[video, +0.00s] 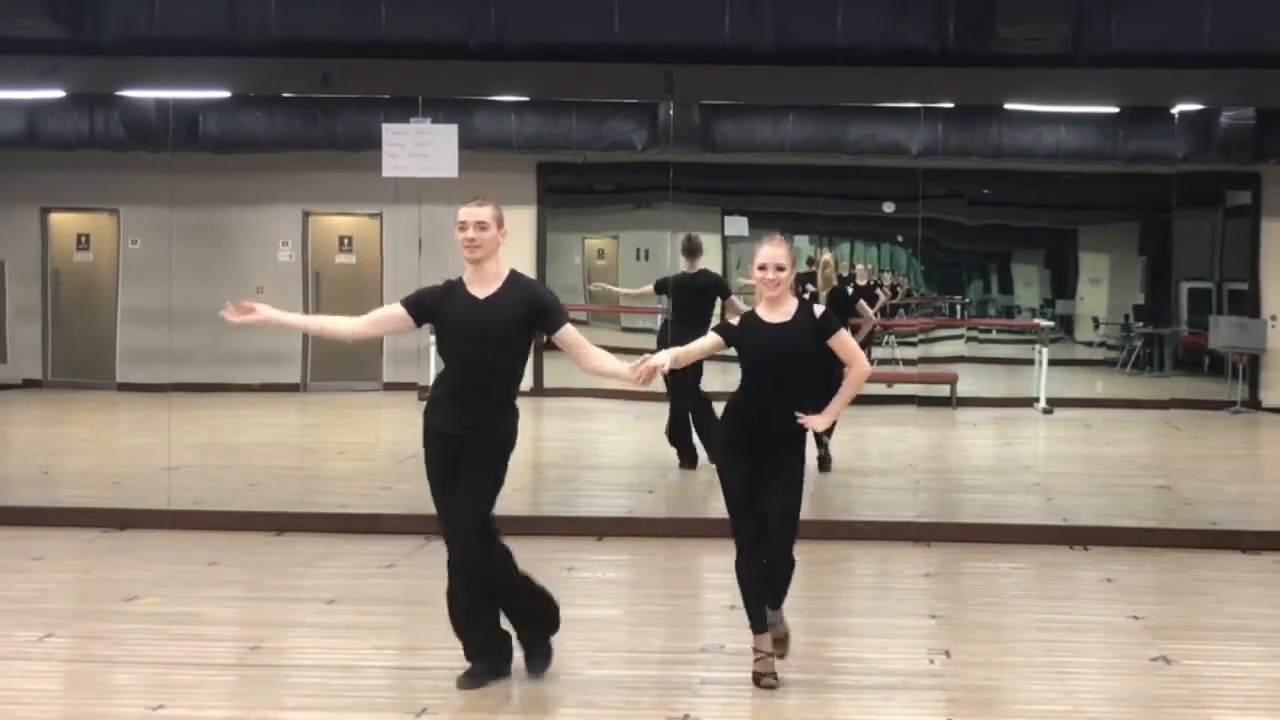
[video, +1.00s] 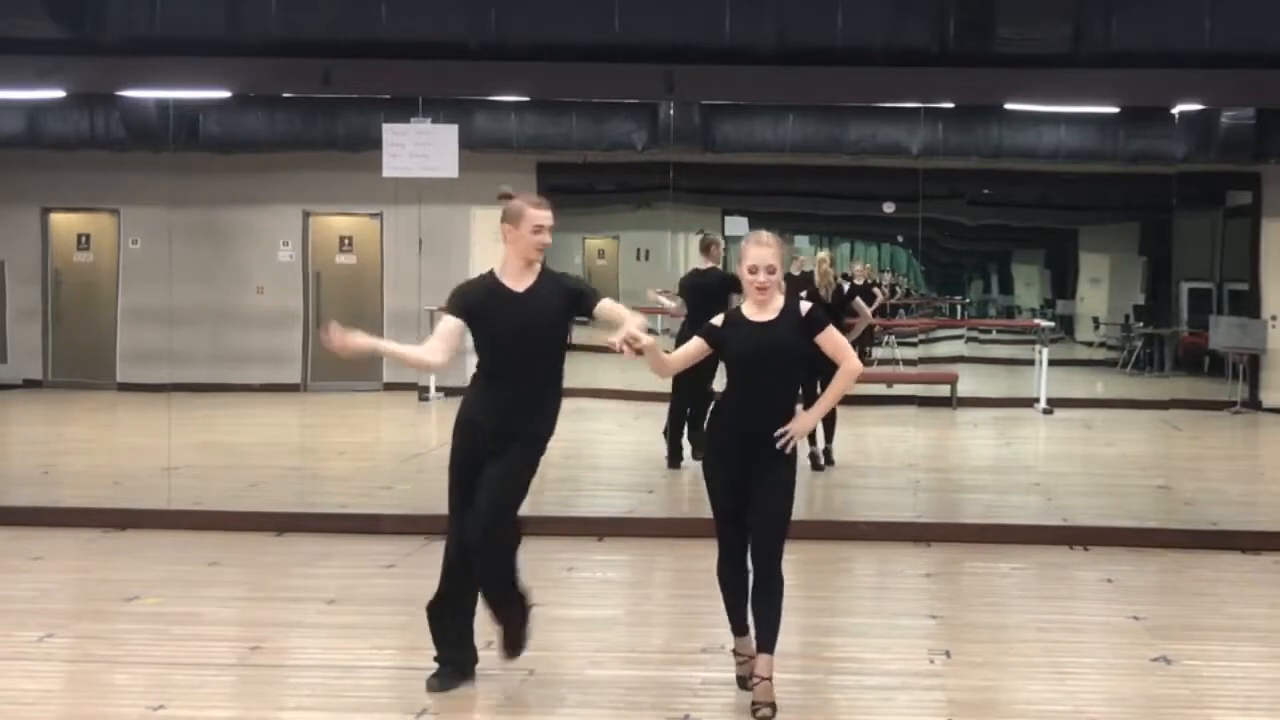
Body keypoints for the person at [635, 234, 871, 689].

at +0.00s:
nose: (771, 275)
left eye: (779, 268)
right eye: (763, 268)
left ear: (793, 272)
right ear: (752, 272)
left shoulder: (816, 318)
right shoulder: (741, 323)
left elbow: (860, 367)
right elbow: (688, 351)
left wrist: (828, 416)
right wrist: (660, 360)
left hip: (788, 441)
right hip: (740, 439)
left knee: (780, 543)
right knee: (748, 543)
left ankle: (774, 612)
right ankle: (760, 643)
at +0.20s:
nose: (767, 272)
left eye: (776, 265)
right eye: (760, 264)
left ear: (791, 271)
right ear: (749, 269)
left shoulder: (812, 318)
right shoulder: (737, 322)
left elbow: (852, 368)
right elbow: (684, 356)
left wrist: (836, 415)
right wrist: (644, 378)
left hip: (793, 444)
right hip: (744, 443)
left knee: (772, 547)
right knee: (753, 546)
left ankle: (765, 654)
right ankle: (764, 644)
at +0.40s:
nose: (769, 275)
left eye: (779, 268)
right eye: (762, 267)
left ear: (793, 274)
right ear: (749, 272)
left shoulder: (806, 326)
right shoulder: (728, 322)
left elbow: (854, 371)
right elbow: (673, 357)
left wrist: (833, 405)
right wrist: (638, 389)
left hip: (799, 453)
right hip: (749, 454)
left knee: (781, 558)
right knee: (751, 563)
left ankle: (767, 668)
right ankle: (773, 644)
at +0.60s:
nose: (768, 281)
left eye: (777, 273)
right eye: (760, 273)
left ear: (791, 277)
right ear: (748, 275)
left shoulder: (805, 328)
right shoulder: (726, 324)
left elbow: (858, 374)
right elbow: (673, 364)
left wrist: (819, 409)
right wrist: (649, 398)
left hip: (796, 455)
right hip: (745, 456)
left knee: (784, 561)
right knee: (753, 563)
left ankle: (769, 669)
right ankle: (755, 644)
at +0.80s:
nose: (764, 278)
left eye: (773, 270)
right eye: (756, 270)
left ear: (790, 272)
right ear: (745, 272)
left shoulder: (811, 320)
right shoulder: (733, 321)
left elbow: (855, 374)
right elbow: (681, 366)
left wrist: (815, 419)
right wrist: (650, 380)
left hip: (785, 451)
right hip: (734, 450)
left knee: (773, 561)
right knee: (738, 563)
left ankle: (769, 670)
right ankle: (744, 646)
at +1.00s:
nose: (761, 278)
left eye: (770, 270)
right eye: (753, 270)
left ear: (783, 272)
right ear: (740, 273)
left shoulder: (803, 315)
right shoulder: (725, 323)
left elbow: (851, 366)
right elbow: (668, 366)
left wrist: (812, 415)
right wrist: (646, 344)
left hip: (777, 449)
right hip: (726, 447)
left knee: (768, 557)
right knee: (732, 552)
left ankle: (765, 666)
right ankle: (742, 643)